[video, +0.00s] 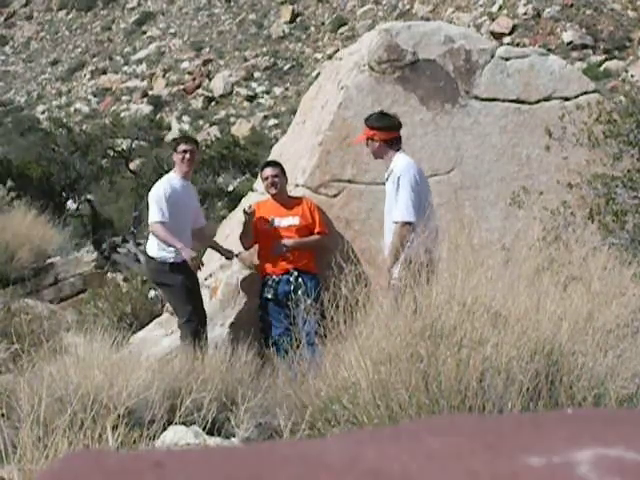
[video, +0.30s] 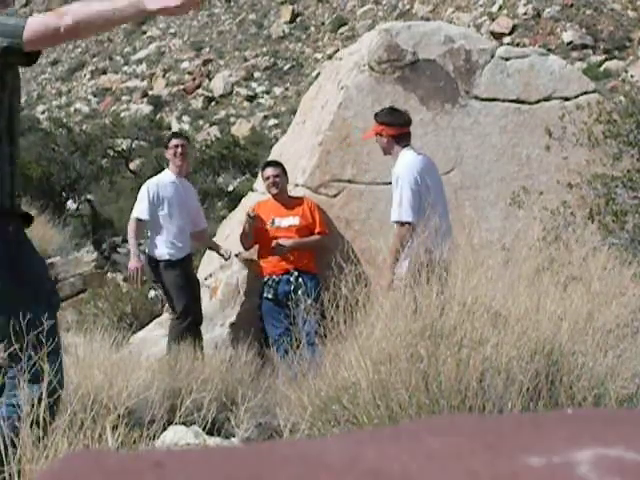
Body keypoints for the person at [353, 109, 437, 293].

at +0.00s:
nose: (367, 146)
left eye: (368, 141)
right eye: (367, 141)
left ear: (379, 142)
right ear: (390, 140)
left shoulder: (406, 171)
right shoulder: (398, 169)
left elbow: (405, 225)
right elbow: (402, 224)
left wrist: (390, 266)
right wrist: (391, 263)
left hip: (411, 266)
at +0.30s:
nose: (377, 141)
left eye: (378, 136)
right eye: (377, 136)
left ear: (387, 138)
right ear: (405, 135)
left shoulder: (406, 169)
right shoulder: (425, 162)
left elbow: (405, 227)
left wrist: (388, 270)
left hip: (418, 261)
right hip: (438, 257)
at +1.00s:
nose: (388, 145)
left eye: (388, 139)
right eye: (387, 139)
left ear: (398, 138)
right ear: (415, 135)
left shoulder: (409, 169)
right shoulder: (436, 161)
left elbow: (404, 223)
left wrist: (390, 253)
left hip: (423, 250)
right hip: (448, 246)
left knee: (421, 309)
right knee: (443, 309)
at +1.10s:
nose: (392, 147)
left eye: (392, 141)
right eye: (391, 142)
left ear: (401, 139)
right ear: (417, 137)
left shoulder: (412, 169)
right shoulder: (438, 161)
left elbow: (393, 223)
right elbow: (422, 209)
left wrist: (363, 246)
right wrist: (384, 227)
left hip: (425, 252)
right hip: (450, 248)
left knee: (423, 312)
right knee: (442, 311)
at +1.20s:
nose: (392, 145)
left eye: (393, 139)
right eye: (391, 140)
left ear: (405, 139)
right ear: (418, 137)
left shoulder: (414, 171)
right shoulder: (440, 162)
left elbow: (385, 220)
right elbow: (422, 198)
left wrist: (357, 222)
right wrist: (387, 200)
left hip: (427, 256)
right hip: (451, 251)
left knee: (425, 319)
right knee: (444, 316)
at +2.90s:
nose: (399, 146)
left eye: (400, 140)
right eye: (398, 141)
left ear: (410, 139)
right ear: (427, 137)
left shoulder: (416, 171)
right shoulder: (447, 164)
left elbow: (388, 216)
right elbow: (421, 196)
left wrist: (355, 213)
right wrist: (384, 190)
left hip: (431, 257)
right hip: (458, 253)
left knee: (429, 318)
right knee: (453, 315)